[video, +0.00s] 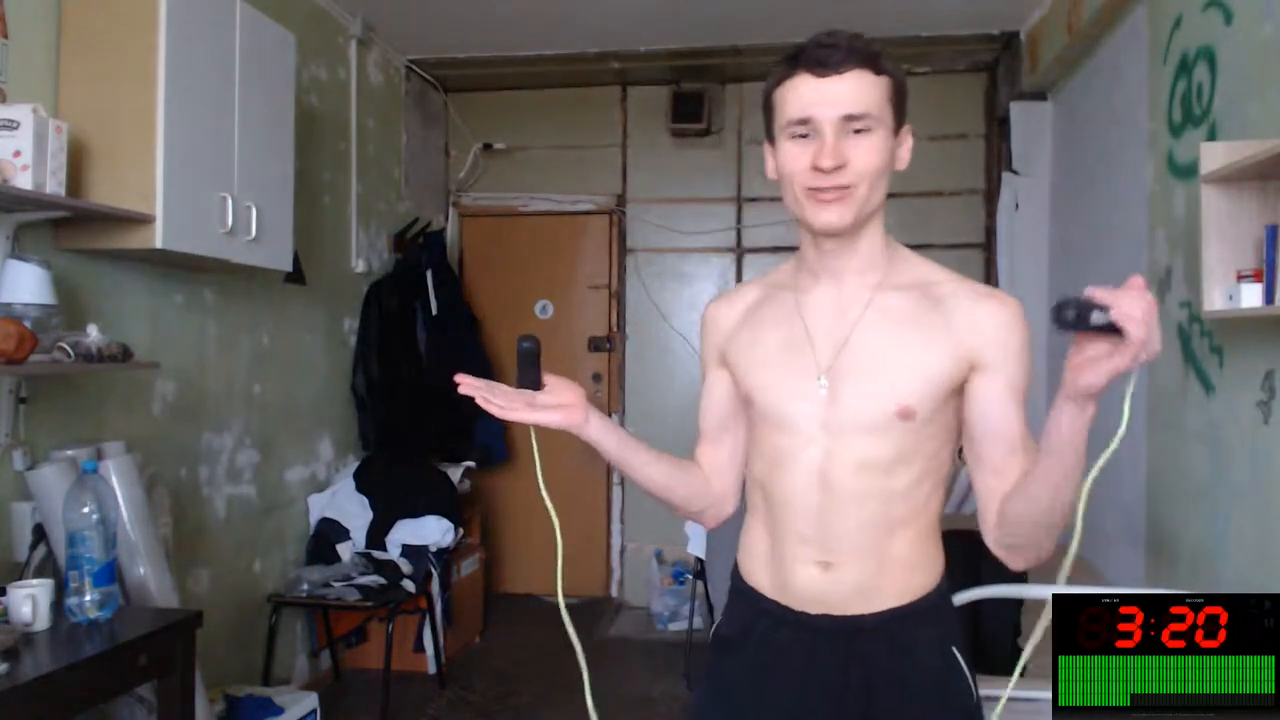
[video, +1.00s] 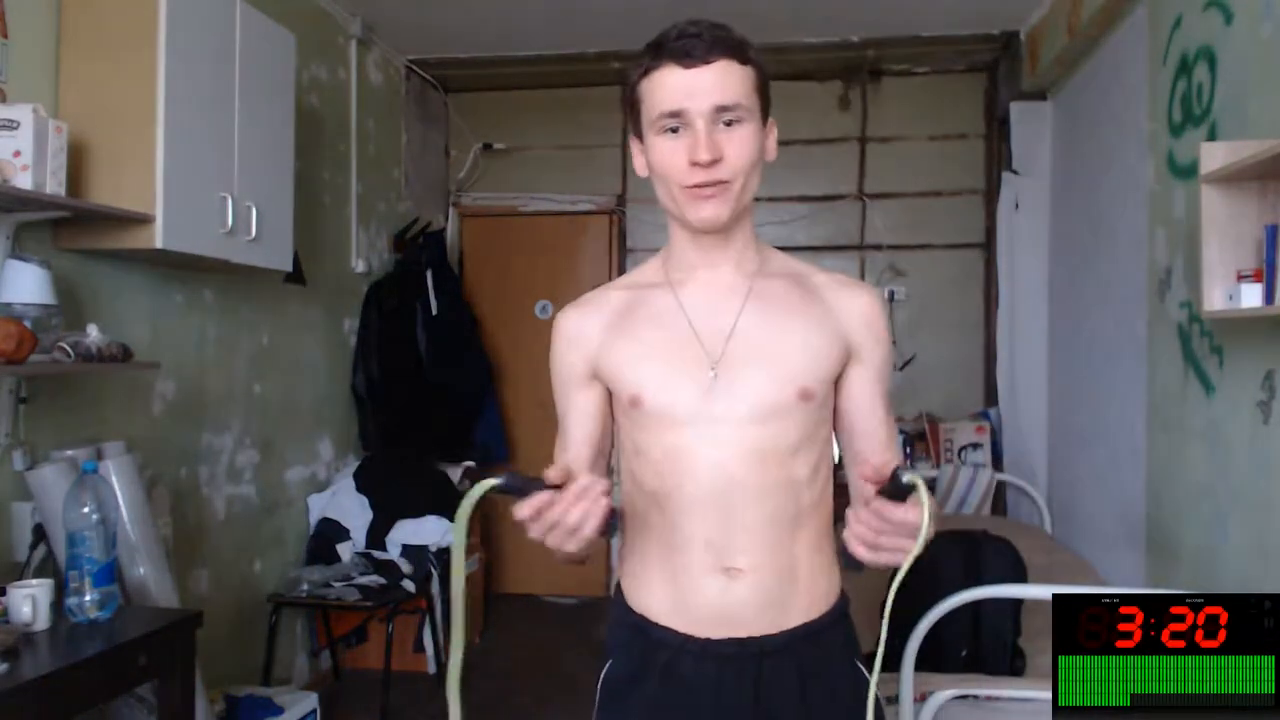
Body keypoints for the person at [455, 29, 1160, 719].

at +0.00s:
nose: (826, 158)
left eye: (855, 131)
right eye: (801, 134)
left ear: (899, 151)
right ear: (773, 161)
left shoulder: (979, 320)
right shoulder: (733, 318)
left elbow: (1018, 543)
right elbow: (710, 498)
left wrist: (1077, 397)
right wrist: (590, 422)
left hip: (904, 655)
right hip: (759, 648)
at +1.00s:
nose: (704, 152)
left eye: (729, 121)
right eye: (674, 128)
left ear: (768, 141)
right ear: (639, 154)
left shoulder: (848, 311)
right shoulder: (589, 328)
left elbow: (881, 486)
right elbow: (575, 510)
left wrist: (892, 524)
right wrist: (568, 521)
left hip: (811, 669)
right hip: (655, 673)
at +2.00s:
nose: (756, 147)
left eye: (788, 123)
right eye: (733, 119)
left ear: (824, 155)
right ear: (694, 143)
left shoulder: (885, 317)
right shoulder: (622, 321)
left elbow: (922, 540)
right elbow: (594, 530)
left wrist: (915, 456)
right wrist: (617, 494)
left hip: (837, 669)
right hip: (680, 669)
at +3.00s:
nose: (750, 136)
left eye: (772, 108)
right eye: (716, 117)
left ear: (804, 136)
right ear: (673, 156)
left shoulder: (882, 310)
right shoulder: (616, 322)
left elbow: (927, 514)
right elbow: (583, 513)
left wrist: (865, 512)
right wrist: (630, 521)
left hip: (835, 676)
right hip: (678, 675)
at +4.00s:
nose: (727, 176)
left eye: (756, 141)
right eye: (701, 145)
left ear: (806, 146)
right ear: (674, 156)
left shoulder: (879, 314)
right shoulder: (614, 323)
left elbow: (925, 532)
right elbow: (579, 529)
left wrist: (904, 477)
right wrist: (615, 500)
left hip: (835, 675)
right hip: (676, 678)